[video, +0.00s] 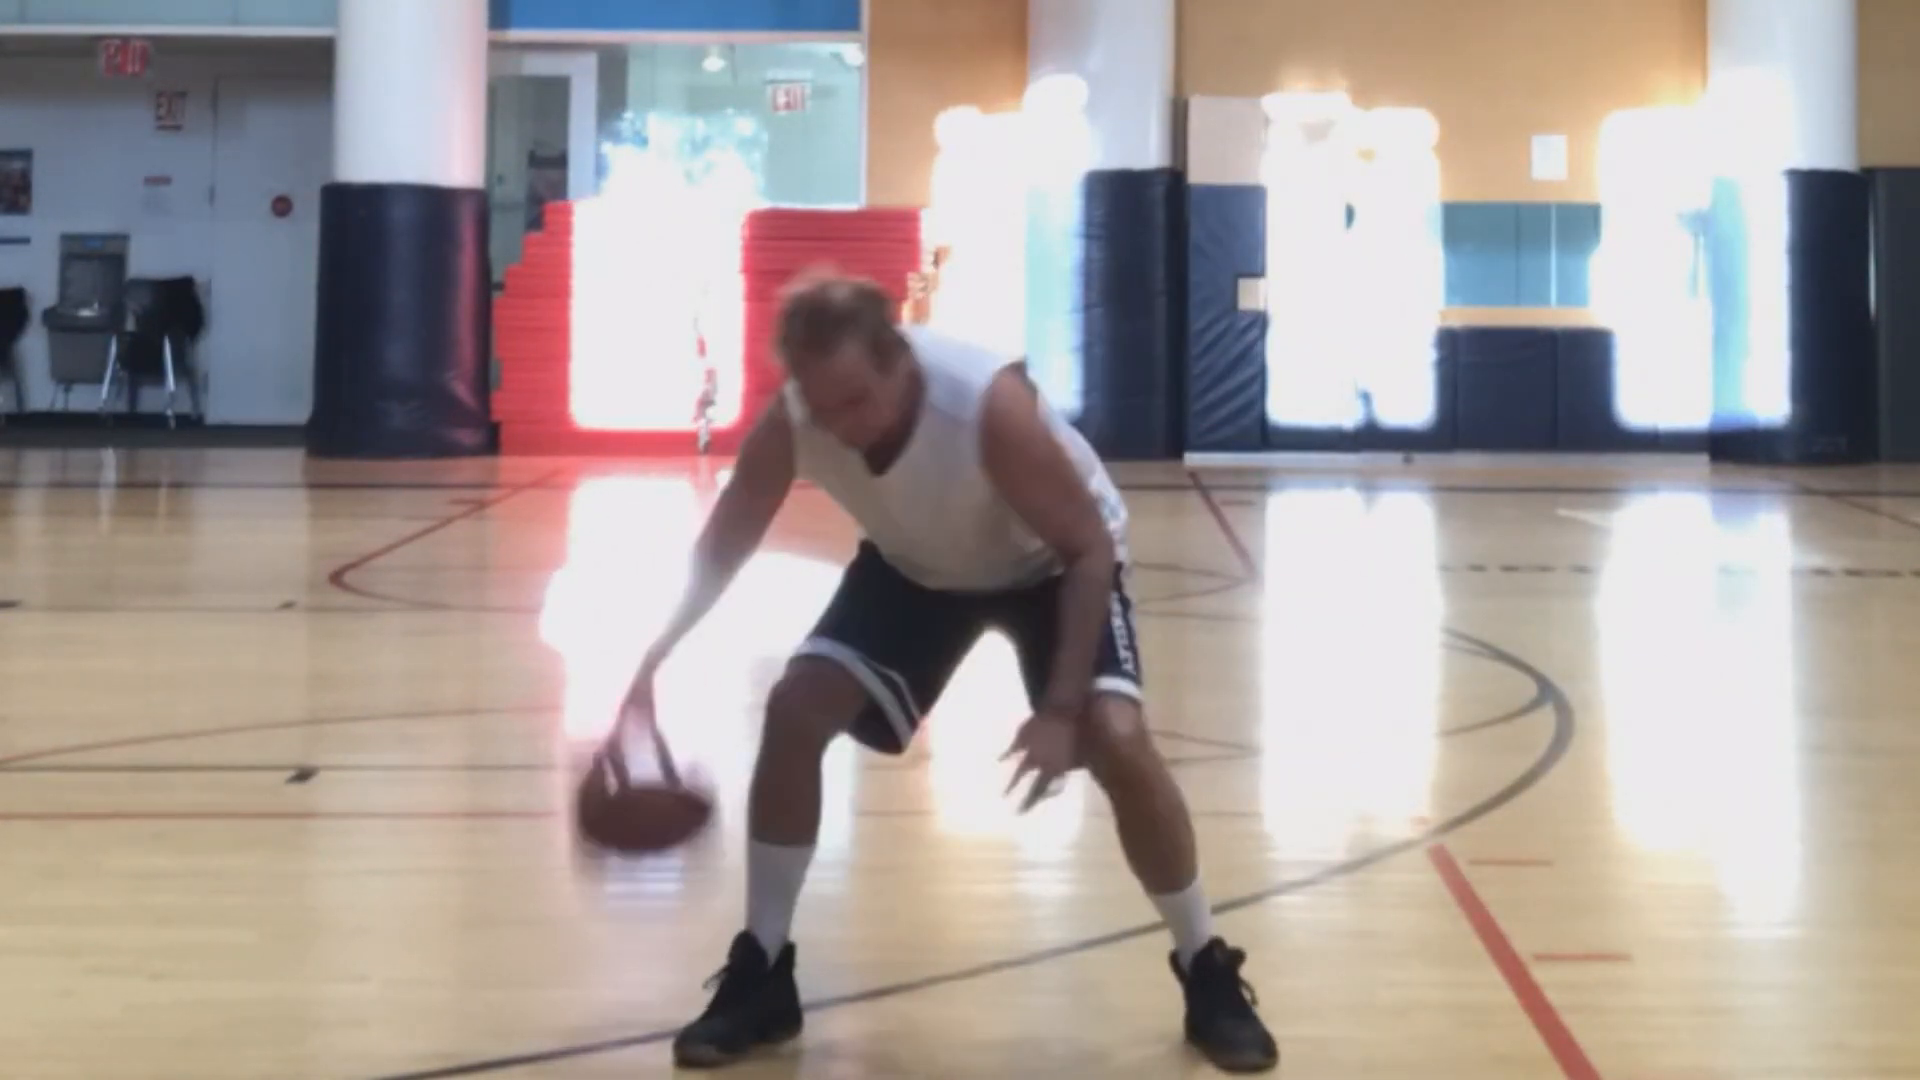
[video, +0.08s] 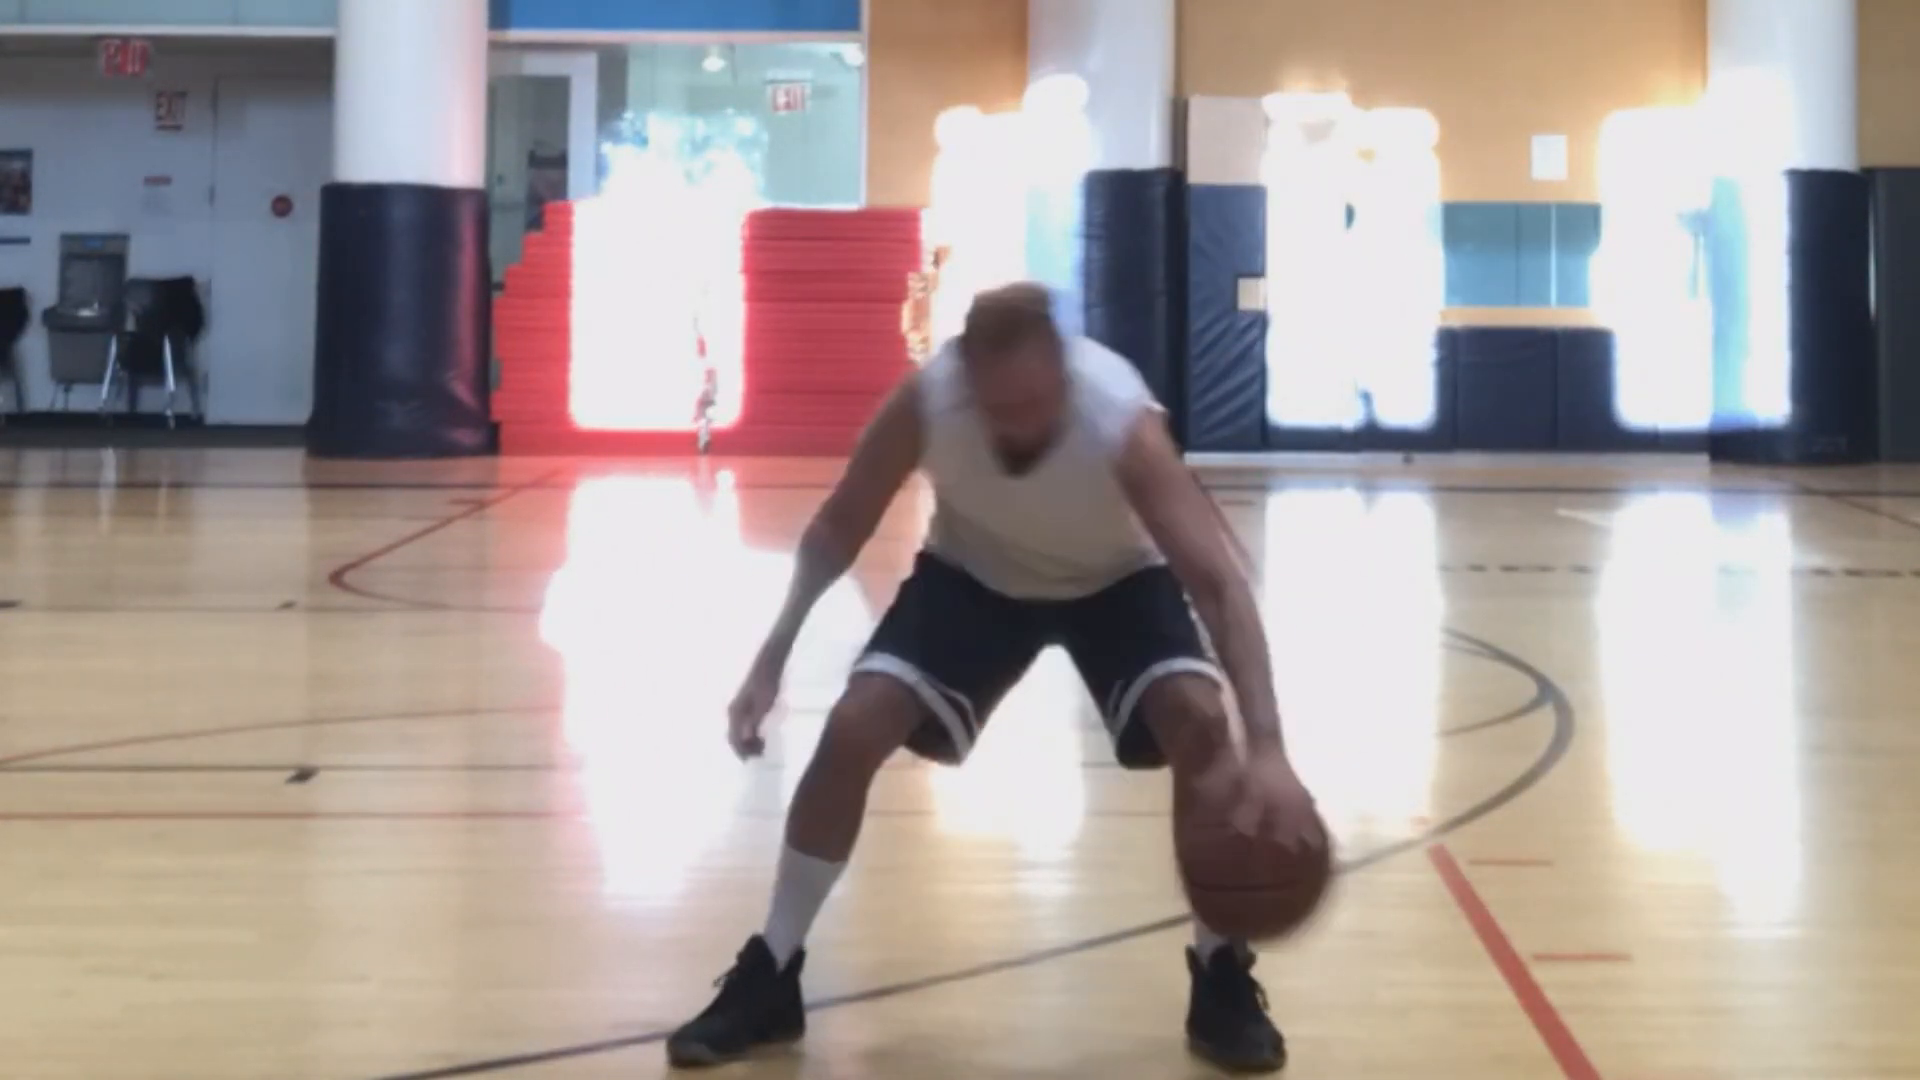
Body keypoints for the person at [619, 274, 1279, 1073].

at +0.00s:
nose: (836, 423)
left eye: (851, 400)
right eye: (817, 406)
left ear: (897, 364)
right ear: (798, 390)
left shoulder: (993, 408)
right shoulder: (791, 423)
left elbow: (1093, 548)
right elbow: (721, 550)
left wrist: (1064, 709)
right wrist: (649, 668)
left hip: (1051, 564)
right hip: (913, 562)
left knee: (1116, 742)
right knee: (799, 705)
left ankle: (1208, 971)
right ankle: (762, 974)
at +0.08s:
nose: (1015, 421)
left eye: (1032, 401)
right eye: (998, 405)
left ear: (1064, 375)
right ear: (969, 380)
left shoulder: (1121, 422)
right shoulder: (927, 403)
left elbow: (1221, 582)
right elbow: (838, 528)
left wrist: (1267, 748)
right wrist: (771, 659)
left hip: (1117, 579)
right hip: (972, 573)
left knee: (1202, 721)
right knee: (854, 726)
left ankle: (1223, 977)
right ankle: (770, 975)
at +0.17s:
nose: (1110, 458)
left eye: (1129, 443)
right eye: (1094, 440)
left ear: (1161, 410)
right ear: (1062, 397)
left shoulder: (1186, 444)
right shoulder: (981, 419)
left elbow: (1262, 531)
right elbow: (854, 544)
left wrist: (1347, 589)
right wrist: (831, 694)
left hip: (1095, 578)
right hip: (949, 569)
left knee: (1181, 724)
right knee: (835, 745)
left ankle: (1228, 974)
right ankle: (763, 976)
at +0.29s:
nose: (1236, 504)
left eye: (1254, 491)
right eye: (1228, 485)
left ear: (1262, 455)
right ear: (1182, 427)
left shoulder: (1219, 430)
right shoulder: (1058, 447)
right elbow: (917, 555)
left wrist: (1227, 590)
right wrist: (904, 729)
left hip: (1084, 576)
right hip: (947, 566)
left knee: (1183, 723)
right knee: (824, 748)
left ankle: (1242, 975)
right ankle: (754, 976)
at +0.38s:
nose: (862, 464)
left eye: (878, 449)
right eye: (841, 447)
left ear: (922, 394)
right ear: (822, 402)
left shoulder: (1020, 402)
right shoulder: (832, 387)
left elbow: (1116, 533)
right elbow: (833, 484)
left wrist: (1103, 698)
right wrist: (856, 619)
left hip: (1067, 541)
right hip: (924, 540)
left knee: (1171, 718)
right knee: (815, 705)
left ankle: (1256, 971)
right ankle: (739, 973)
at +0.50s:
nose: (855, 333)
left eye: (871, 309)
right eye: (834, 316)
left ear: (917, 276)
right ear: (811, 301)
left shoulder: (999, 339)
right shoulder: (802, 353)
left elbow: (1070, 518)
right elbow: (764, 520)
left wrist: (1027, 670)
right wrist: (718, 656)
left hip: (1050, 531)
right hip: (912, 533)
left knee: (1120, 741)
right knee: (810, 717)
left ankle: (1245, 962)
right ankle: (811, 980)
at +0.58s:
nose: (929, 549)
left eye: (945, 531)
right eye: (908, 538)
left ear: (971, 477)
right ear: (861, 492)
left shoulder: (1055, 492)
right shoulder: (817, 489)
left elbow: (1163, 594)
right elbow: (838, 640)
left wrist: (1203, 767)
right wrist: (880, 809)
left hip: (1062, 590)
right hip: (920, 606)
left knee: (1019, 761)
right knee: (755, 772)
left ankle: (1098, 1053)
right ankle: (805, 987)